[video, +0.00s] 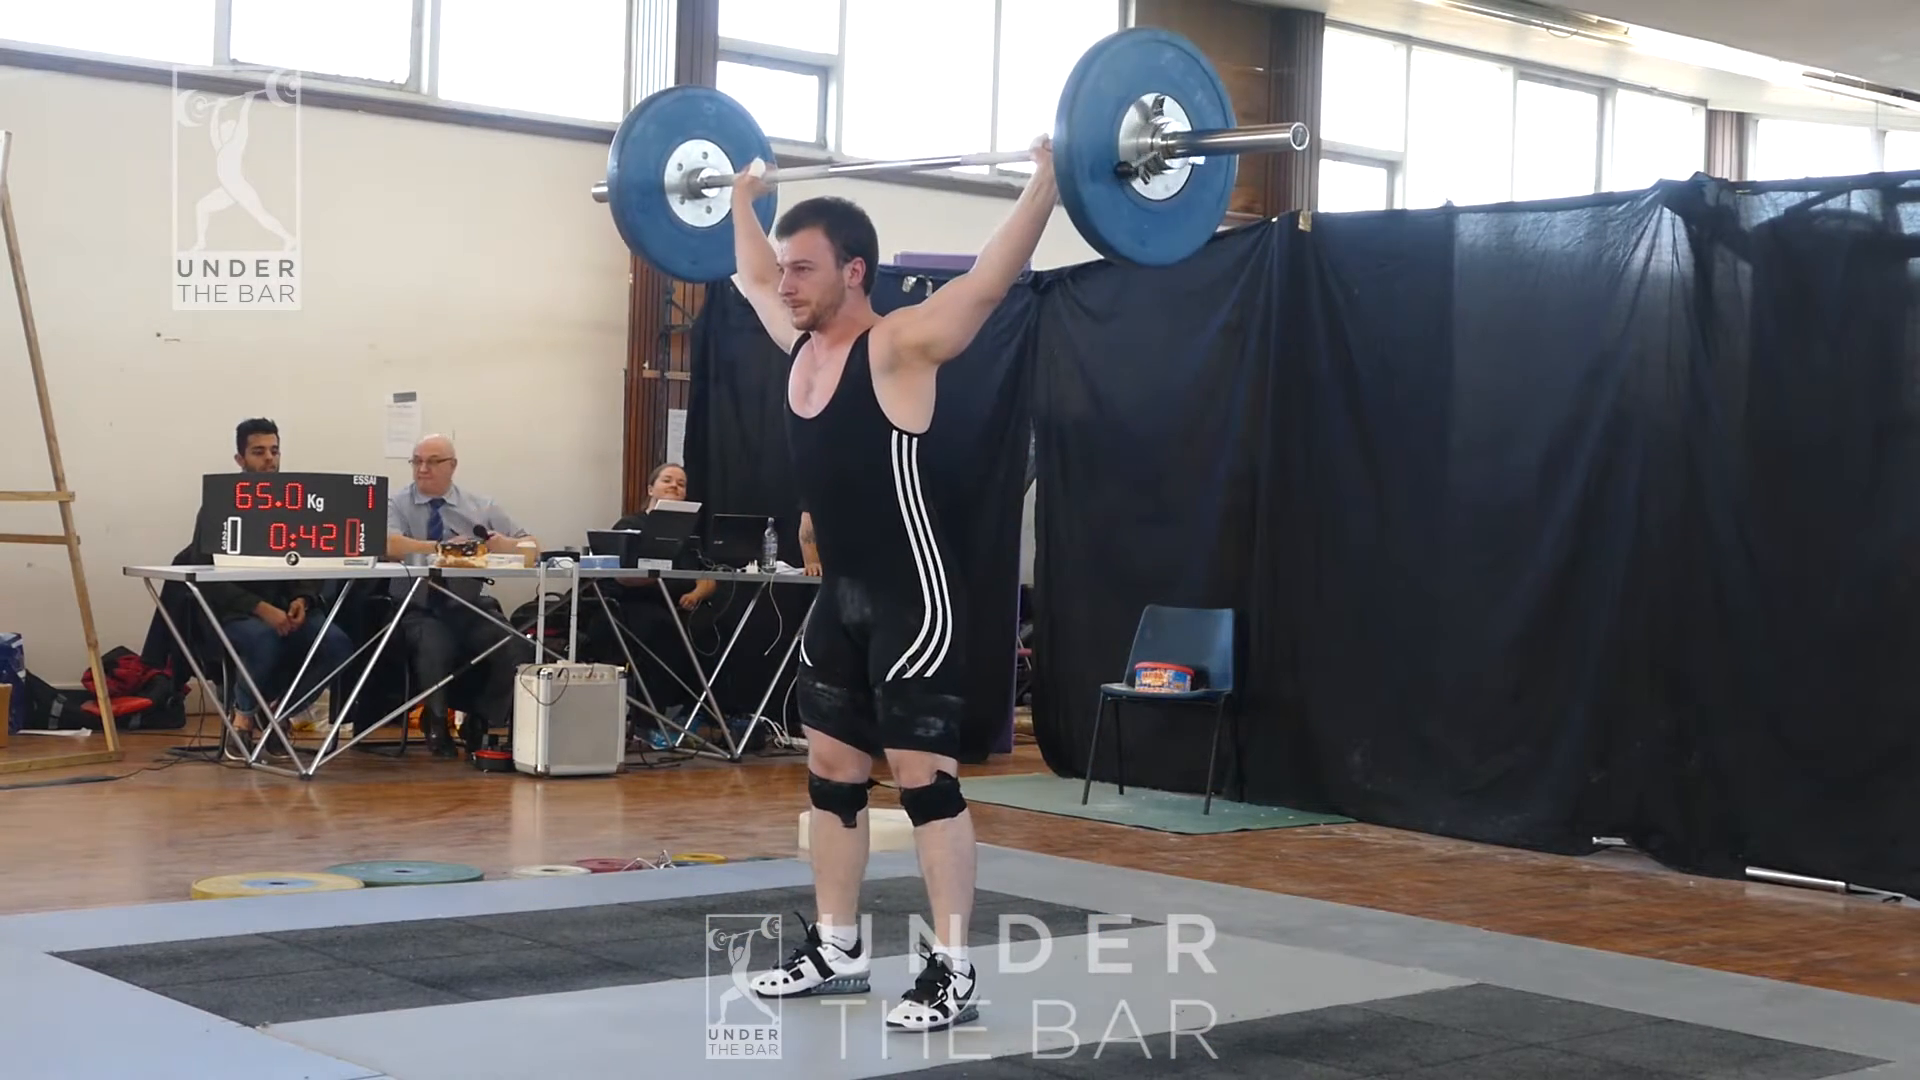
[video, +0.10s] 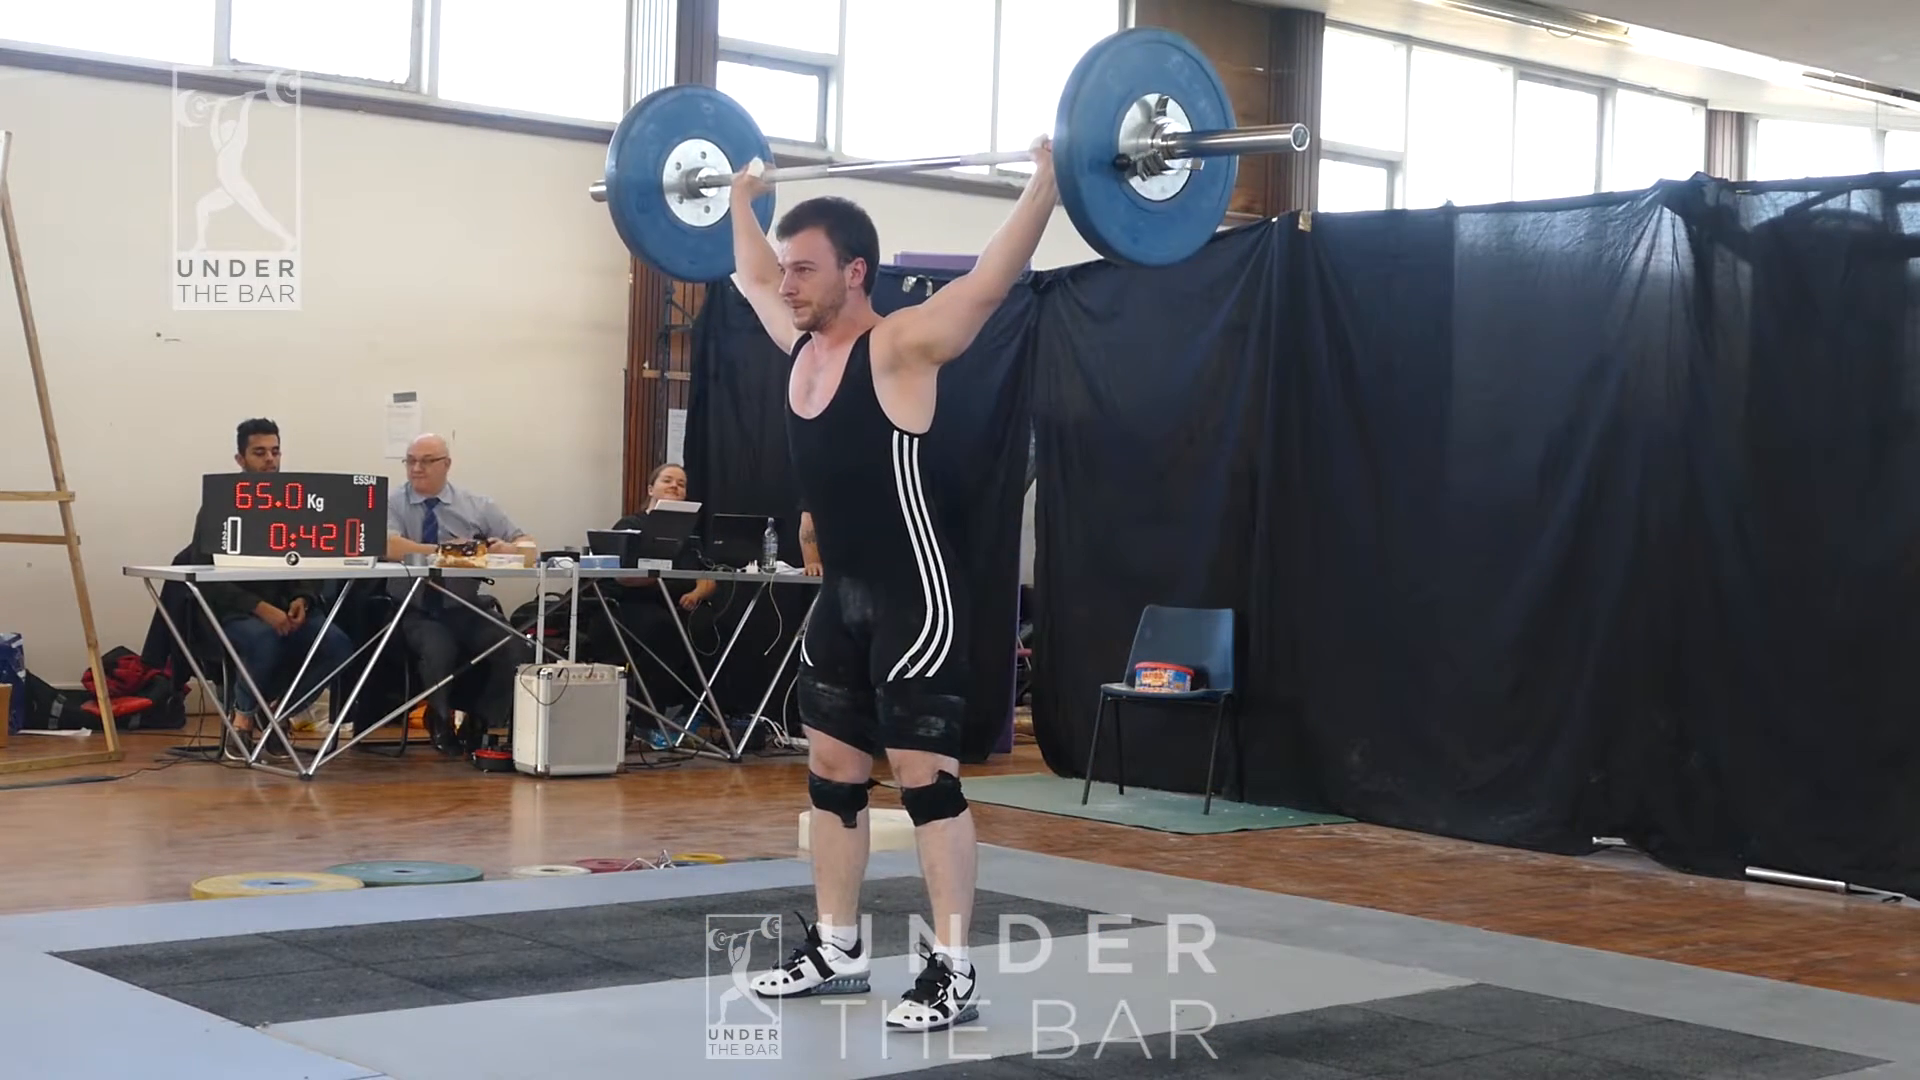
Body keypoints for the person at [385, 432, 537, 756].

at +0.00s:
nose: (423, 469)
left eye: (433, 462)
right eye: (417, 462)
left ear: (453, 466)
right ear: (411, 464)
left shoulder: (479, 507)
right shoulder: (396, 504)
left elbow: (532, 547)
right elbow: (389, 545)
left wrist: (504, 545)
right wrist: (442, 548)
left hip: (469, 607)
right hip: (416, 607)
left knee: (513, 649)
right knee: (433, 642)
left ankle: (479, 724)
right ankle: (437, 724)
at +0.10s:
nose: (417, 468)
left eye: (427, 462)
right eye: (411, 461)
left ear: (447, 465)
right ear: (405, 465)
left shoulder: (477, 506)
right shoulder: (392, 503)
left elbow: (529, 546)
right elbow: (388, 545)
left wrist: (509, 549)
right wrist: (442, 552)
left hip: (466, 608)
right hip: (413, 609)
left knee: (512, 650)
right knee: (437, 647)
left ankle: (479, 725)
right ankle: (441, 721)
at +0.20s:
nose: (412, 468)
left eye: (422, 462)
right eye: (406, 461)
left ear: (442, 465)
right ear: (400, 464)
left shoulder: (471, 504)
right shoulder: (389, 501)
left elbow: (526, 545)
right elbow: (387, 547)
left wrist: (509, 551)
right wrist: (442, 554)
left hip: (465, 605)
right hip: (413, 607)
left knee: (511, 650)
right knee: (439, 652)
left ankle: (478, 725)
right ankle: (440, 720)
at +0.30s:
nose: (408, 468)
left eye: (418, 462)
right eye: (403, 461)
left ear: (439, 465)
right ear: (397, 463)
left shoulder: (467, 503)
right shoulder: (386, 500)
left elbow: (520, 540)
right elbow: (385, 546)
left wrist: (508, 549)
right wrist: (440, 555)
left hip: (465, 605)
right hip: (413, 608)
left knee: (510, 651)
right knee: (442, 657)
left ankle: (478, 724)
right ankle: (440, 718)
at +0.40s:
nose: (406, 469)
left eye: (416, 462)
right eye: (401, 461)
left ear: (437, 465)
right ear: (395, 463)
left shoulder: (465, 502)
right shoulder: (385, 499)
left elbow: (516, 538)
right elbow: (385, 547)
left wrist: (507, 548)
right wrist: (443, 555)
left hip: (464, 604)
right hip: (412, 607)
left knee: (507, 651)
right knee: (442, 657)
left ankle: (477, 725)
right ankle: (442, 717)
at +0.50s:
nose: (404, 469)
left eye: (414, 462)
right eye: (398, 461)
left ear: (435, 466)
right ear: (393, 463)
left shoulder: (464, 501)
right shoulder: (386, 498)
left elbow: (511, 534)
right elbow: (386, 548)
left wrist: (506, 545)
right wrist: (443, 555)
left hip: (465, 603)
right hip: (413, 606)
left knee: (506, 653)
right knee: (444, 660)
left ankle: (478, 726)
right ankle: (443, 720)